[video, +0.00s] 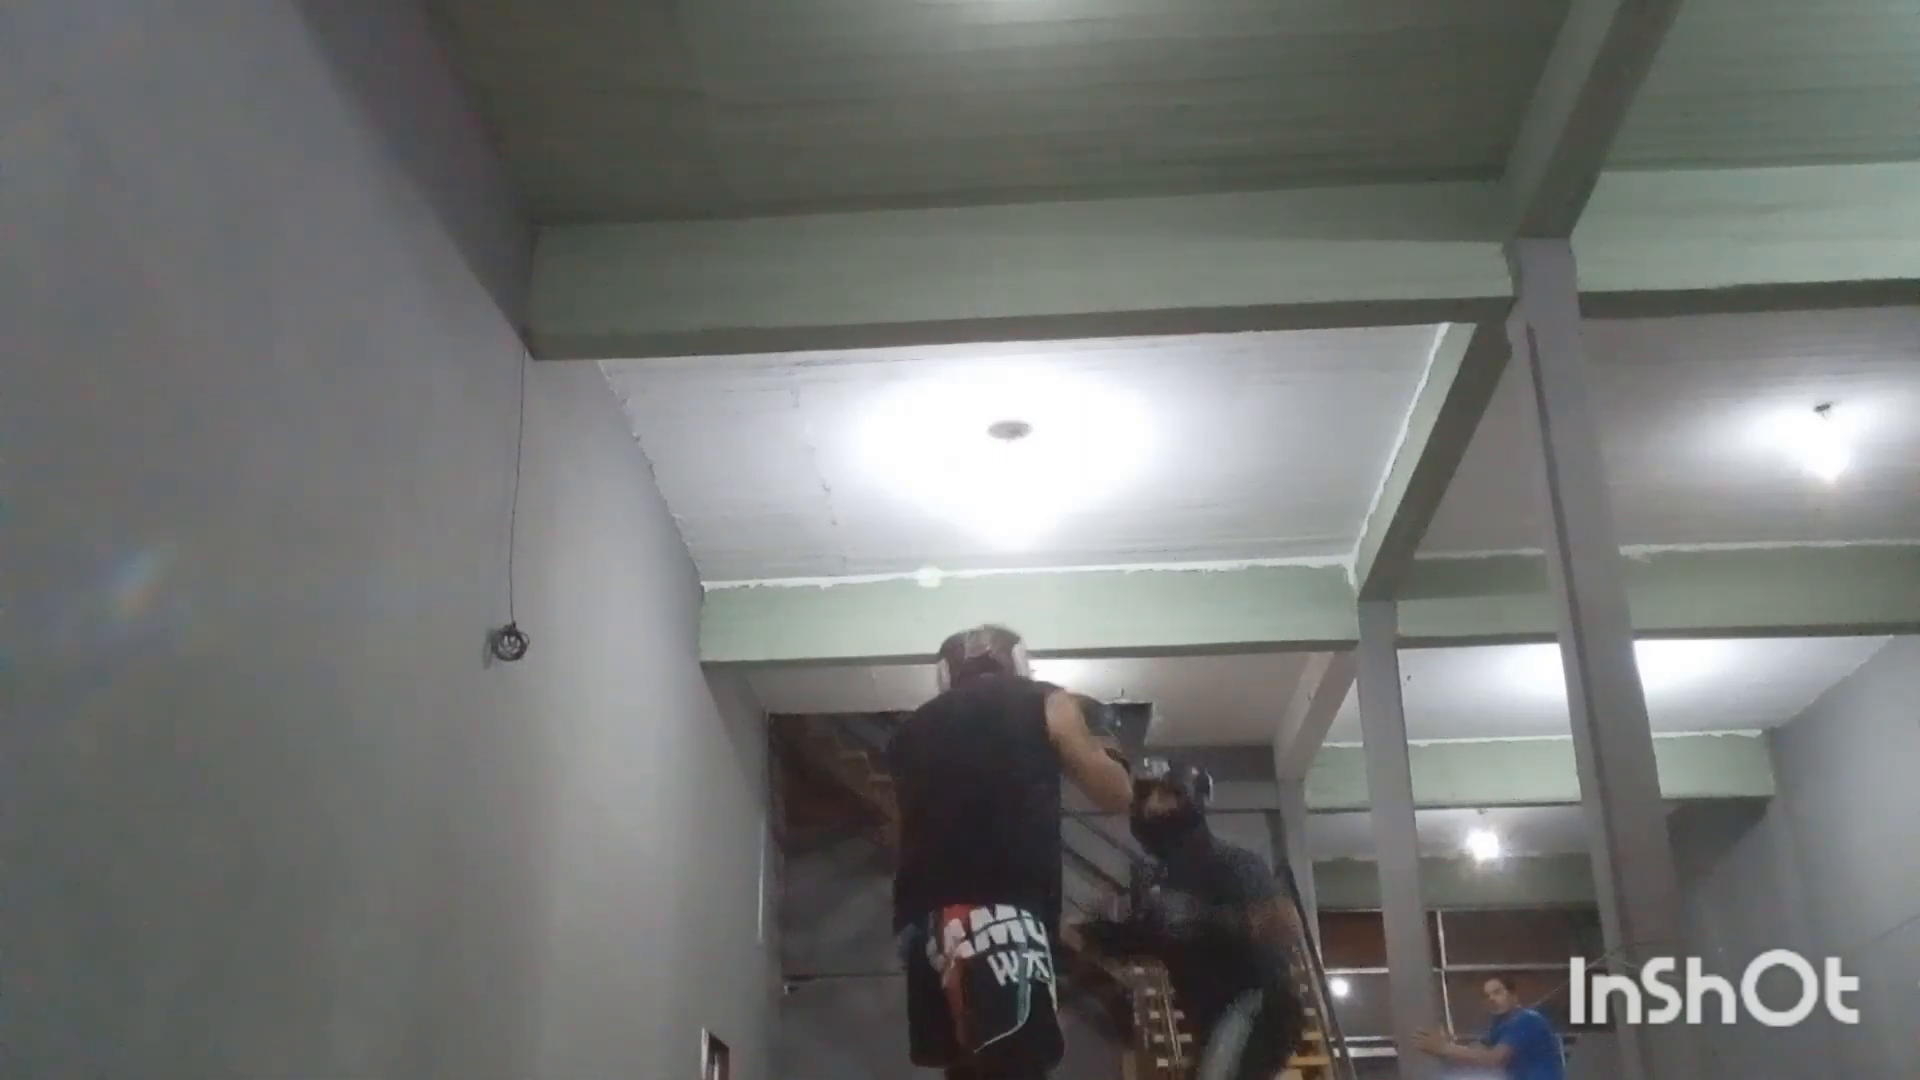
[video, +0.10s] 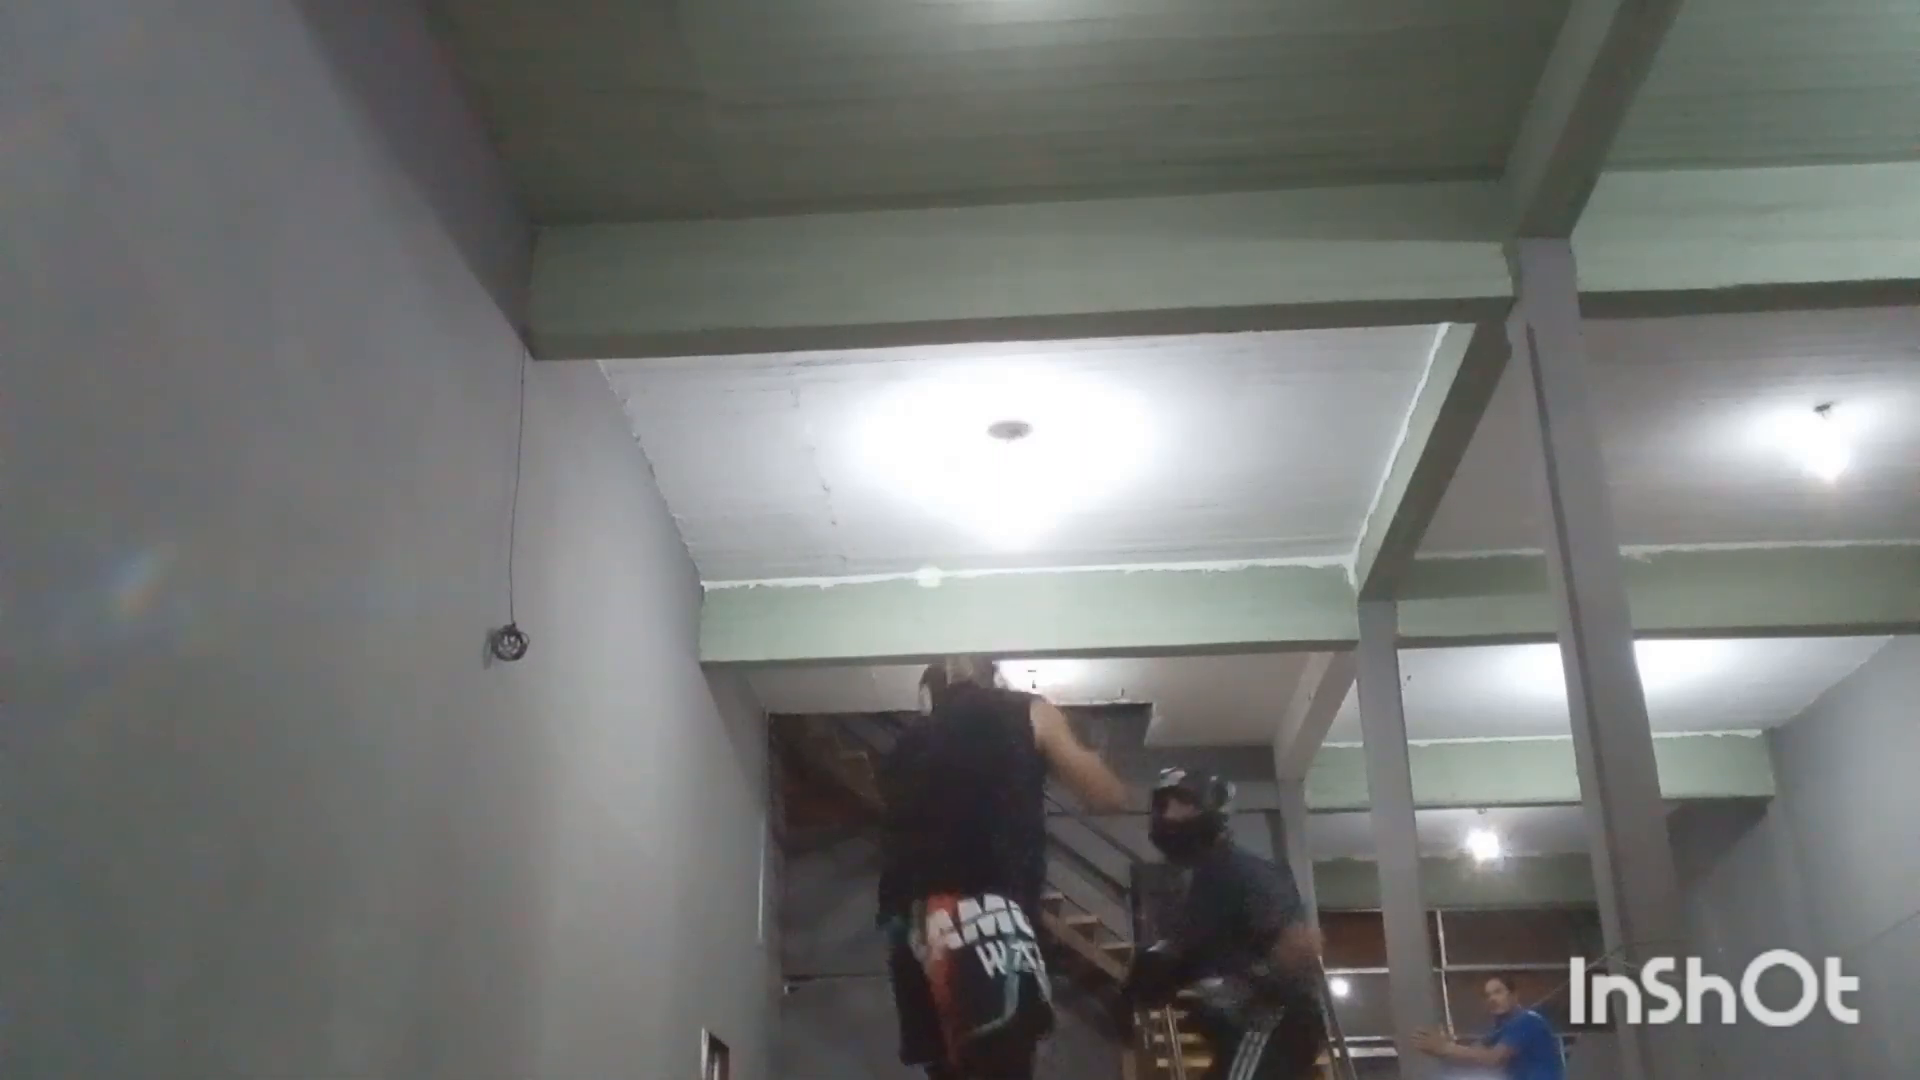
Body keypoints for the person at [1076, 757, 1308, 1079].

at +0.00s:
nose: (1153, 808)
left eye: (1168, 795)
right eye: (1145, 796)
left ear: (1195, 802)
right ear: (1134, 807)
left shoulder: (1240, 866)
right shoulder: (1147, 873)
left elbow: (1282, 932)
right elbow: (1152, 938)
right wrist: (1091, 935)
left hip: (1252, 998)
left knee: (1215, 1069)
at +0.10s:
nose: (1168, 816)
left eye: (1184, 803)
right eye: (1162, 805)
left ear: (1211, 810)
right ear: (1153, 811)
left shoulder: (1253, 874)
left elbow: (1297, 952)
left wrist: (1238, 989)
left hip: (1278, 1015)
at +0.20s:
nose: (1194, 808)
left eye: (1209, 794)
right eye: (1188, 796)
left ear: (1238, 799)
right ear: (1180, 807)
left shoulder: (1283, 857)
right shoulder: (1210, 876)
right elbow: (1176, 936)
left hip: (1301, 1016)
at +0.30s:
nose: (1214, 797)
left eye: (1226, 781)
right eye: (1207, 785)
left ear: (1255, 786)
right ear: (1200, 794)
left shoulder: (1298, 834)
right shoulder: (1230, 860)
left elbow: (1370, 875)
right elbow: (1225, 941)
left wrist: (1327, 936)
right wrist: (1206, 915)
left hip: (1326, 991)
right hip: (1285, 997)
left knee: (1282, 1073)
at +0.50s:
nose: (1247, 838)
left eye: (1259, 826)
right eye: (1242, 828)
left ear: (1287, 828)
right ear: (1234, 835)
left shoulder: (1327, 878)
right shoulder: (1269, 893)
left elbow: (1401, 928)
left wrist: (1346, 972)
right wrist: (1248, 965)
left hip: (1375, 1022)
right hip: (1327, 1030)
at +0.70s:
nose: (1241, 793)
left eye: (1254, 781)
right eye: (1232, 783)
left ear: (1281, 782)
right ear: (1225, 792)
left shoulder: (1318, 827)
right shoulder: (1263, 855)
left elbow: (1381, 870)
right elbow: (1269, 936)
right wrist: (1234, 906)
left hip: (1355, 985)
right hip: (1314, 991)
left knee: (1327, 1072)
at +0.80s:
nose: (1228, 764)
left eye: (1241, 751)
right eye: (1221, 754)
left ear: (1268, 752)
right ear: (1215, 763)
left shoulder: (1302, 790)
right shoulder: (1249, 827)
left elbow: (1371, 832)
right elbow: (1240, 907)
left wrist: (1306, 853)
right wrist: (1209, 869)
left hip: (1338, 956)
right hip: (1298, 963)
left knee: (1301, 1067)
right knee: (1327, 1070)